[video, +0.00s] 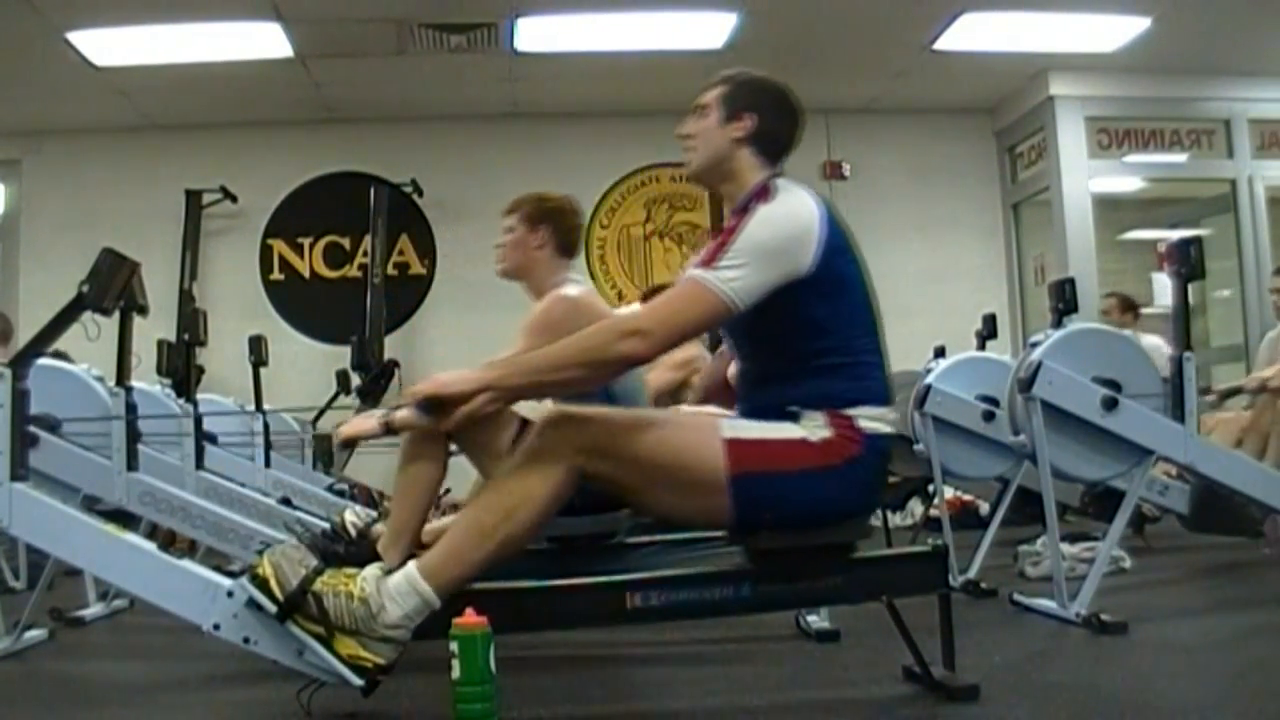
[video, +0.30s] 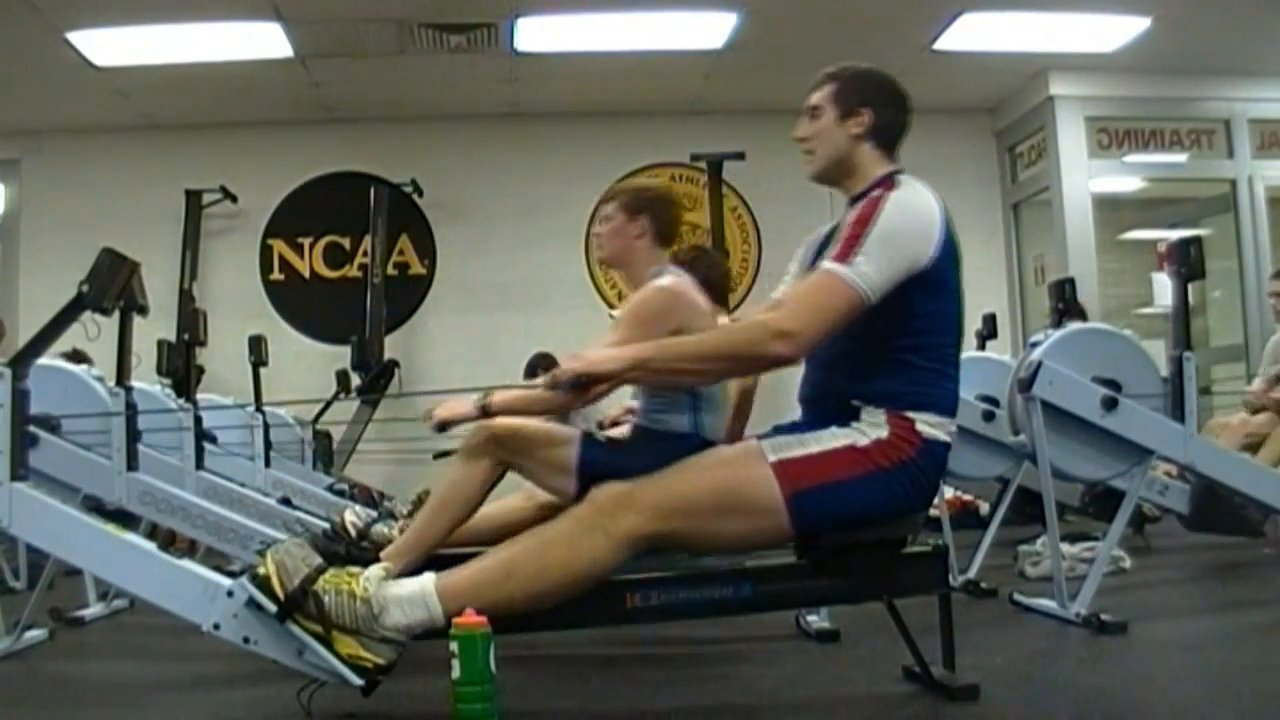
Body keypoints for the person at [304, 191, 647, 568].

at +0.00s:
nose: (498, 243)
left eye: (509, 231)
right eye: (502, 232)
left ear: (540, 239)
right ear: (540, 243)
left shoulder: (563, 307)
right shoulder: (570, 303)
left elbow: (487, 397)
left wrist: (384, 421)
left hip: (592, 487)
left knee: (443, 411)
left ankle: (389, 556)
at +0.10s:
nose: (535, 239)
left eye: (544, 228)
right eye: (538, 229)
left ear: (576, 235)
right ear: (578, 237)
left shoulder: (596, 305)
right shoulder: (610, 297)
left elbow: (515, 401)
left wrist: (417, 413)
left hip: (617, 470)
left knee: (456, 417)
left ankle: (390, 561)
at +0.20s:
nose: (567, 234)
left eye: (578, 223)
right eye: (570, 223)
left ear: (610, 233)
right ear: (610, 234)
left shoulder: (630, 302)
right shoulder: (635, 297)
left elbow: (547, 396)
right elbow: (558, 395)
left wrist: (446, 407)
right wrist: (463, 405)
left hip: (640, 460)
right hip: (639, 450)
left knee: (473, 432)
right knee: (501, 432)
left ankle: (392, 563)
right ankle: (408, 537)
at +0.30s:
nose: (595, 234)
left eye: (605, 222)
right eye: (596, 223)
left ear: (640, 228)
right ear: (639, 231)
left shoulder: (659, 297)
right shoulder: (675, 291)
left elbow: (569, 396)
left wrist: (482, 403)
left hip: (661, 459)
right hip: (671, 453)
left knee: (492, 437)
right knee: (505, 428)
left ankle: (390, 568)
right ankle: (408, 539)